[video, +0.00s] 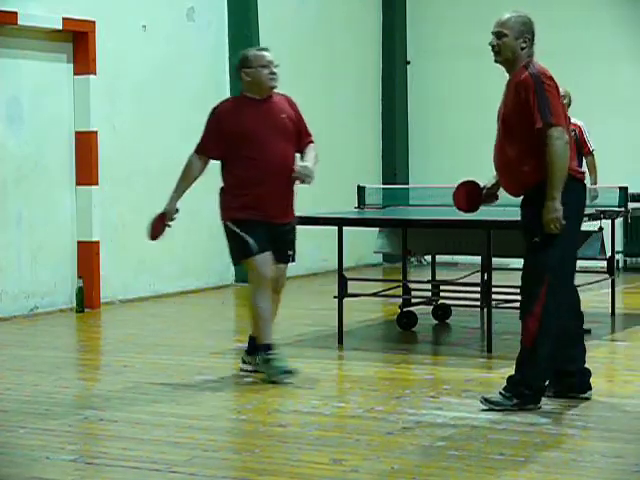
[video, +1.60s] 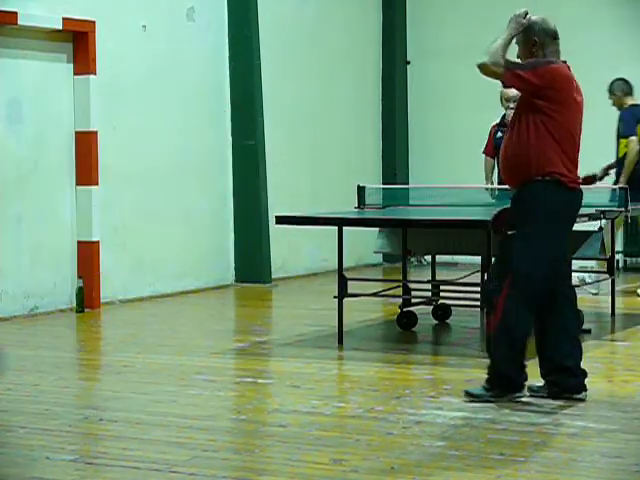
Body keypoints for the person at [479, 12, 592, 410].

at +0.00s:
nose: (492, 42)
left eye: (499, 36)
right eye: (492, 36)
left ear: (523, 42)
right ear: (512, 44)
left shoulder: (534, 77)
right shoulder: (517, 81)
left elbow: (558, 135)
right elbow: (525, 141)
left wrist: (553, 200)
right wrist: (498, 184)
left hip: (556, 194)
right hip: (544, 193)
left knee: (540, 285)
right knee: (557, 286)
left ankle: (525, 388)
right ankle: (571, 378)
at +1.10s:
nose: (495, 41)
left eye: (502, 35)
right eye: (496, 36)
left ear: (527, 39)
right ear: (517, 42)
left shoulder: (545, 76)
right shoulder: (517, 83)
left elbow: (562, 136)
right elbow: (522, 143)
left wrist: (526, 179)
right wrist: (496, 186)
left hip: (545, 191)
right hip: (523, 193)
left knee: (534, 286)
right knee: (528, 286)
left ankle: (526, 388)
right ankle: (563, 377)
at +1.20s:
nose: (502, 43)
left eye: (508, 37)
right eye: (502, 37)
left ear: (532, 41)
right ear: (523, 43)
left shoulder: (550, 76)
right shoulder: (520, 87)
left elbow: (554, 130)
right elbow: (516, 147)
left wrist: (497, 145)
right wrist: (495, 189)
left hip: (548, 194)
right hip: (524, 195)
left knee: (535, 286)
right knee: (535, 287)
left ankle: (526, 388)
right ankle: (565, 378)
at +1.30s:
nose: (507, 45)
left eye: (514, 39)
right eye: (507, 40)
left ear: (539, 42)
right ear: (528, 44)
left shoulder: (554, 77)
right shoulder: (520, 90)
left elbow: (537, 119)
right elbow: (504, 147)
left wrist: (487, 98)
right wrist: (499, 189)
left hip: (550, 194)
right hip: (527, 196)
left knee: (534, 287)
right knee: (546, 287)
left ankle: (524, 387)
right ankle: (566, 378)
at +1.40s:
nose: (512, 50)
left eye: (518, 43)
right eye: (511, 45)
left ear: (541, 42)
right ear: (534, 44)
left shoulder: (558, 78)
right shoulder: (533, 85)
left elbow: (517, 99)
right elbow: (529, 147)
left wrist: (492, 61)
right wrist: (511, 191)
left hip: (552, 194)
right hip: (533, 195)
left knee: (526, 286)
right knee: (546, 287)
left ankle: (521, 385)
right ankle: (565, 379)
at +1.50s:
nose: (516, 57)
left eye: (520, 50)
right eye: (515, 51)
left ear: (539, 46)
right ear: (539, 47)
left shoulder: (556, 75)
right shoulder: (539, 79)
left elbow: (501, 75)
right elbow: (503, 75)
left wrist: (503, 33)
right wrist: (502, 36)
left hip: (549, 194)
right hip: (538, 194)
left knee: (521, 285)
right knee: (549, 288)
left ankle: (514, 382)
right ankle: (565, 381)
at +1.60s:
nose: (520, 58)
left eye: (522, 50)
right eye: (520, 50)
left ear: (535, 47)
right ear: (551, 47)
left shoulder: (549, 74)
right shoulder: (559, 79)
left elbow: (489, 65)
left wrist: (509, 32)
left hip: (543, 194)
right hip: (552, 193)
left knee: (517, 284)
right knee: (553, 286)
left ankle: (504, 380)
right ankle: (565, 380)